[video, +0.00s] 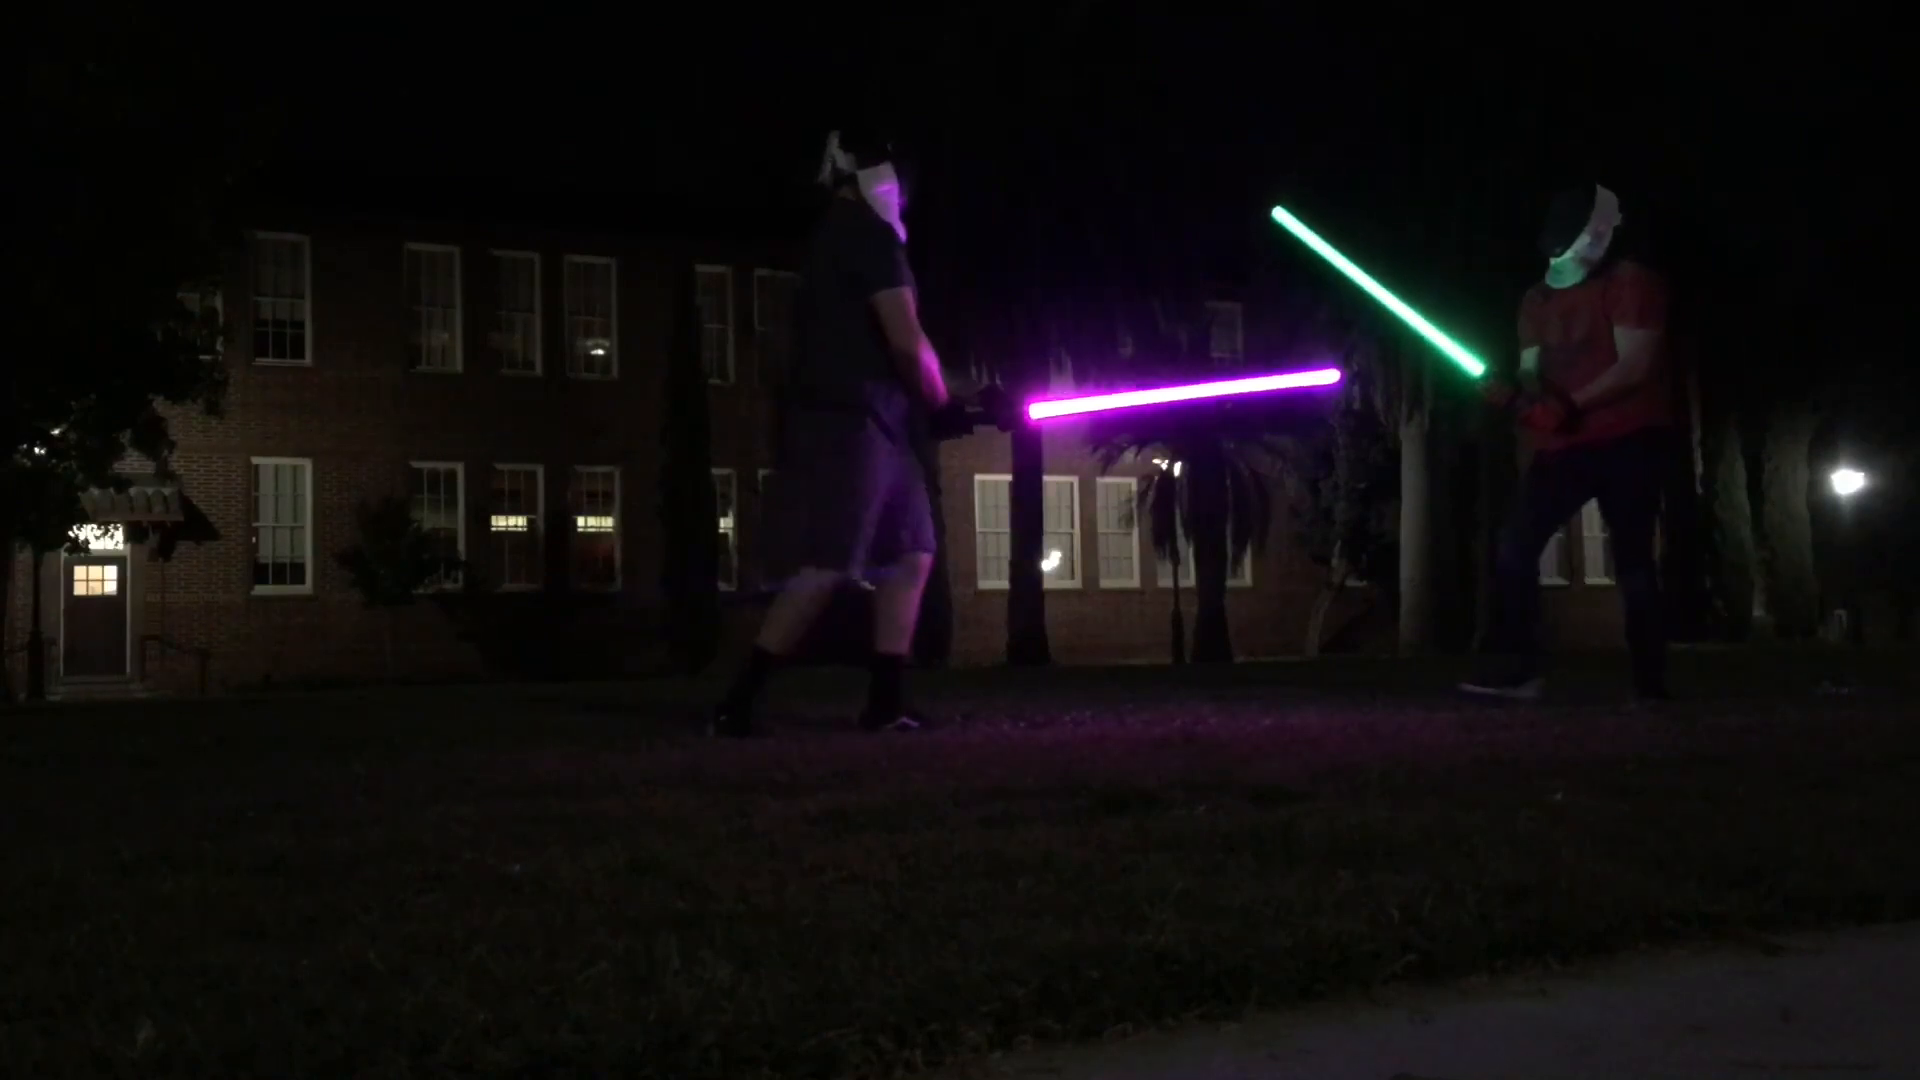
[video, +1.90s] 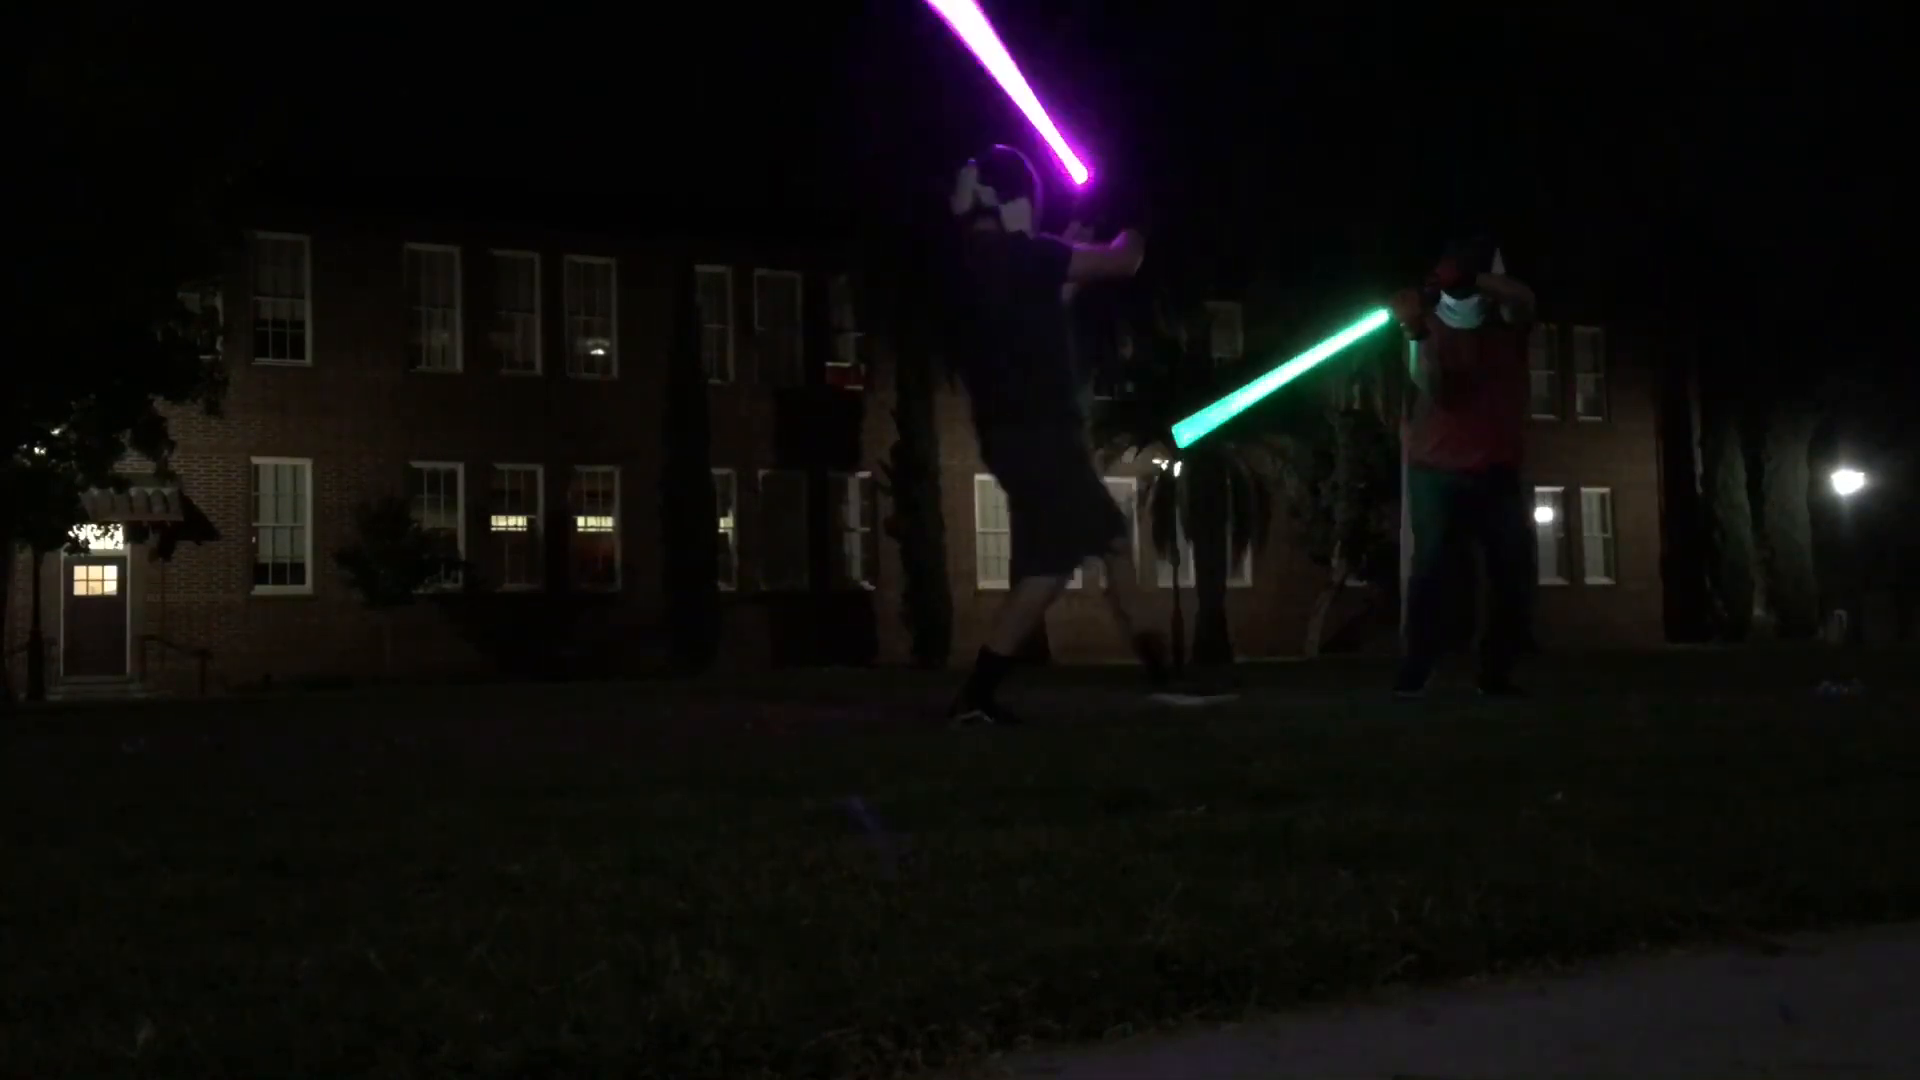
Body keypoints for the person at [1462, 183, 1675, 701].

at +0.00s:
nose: (1559, 256)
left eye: (1571, 244)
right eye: (1554, 246)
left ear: (1598, 237)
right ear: (1551, 242)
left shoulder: (1628, 285)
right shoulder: (1538, 302)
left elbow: (1635, 365)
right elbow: (1534, 382)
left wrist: (1571, 404)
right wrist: (1508, 392)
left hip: (1629, 447)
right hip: (1563, 451)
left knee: (1634, 568)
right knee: (1515, 548)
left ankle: (1649, 683)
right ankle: (1514, 670)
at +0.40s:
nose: (1498, 260)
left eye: (1510, 247)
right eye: (1493, 250)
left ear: (1534, 245)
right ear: (1488, 249)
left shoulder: (1564, 295)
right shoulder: (1470, 311)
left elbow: (1560, 375)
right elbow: (1461, 388)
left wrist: (1492, 402)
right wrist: (1439, 390)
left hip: (1565, 456)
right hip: (1496, 463)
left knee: (1598, 571)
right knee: (1472, 571)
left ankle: (1645, 680)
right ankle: (1452, 682)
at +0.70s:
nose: (1494, 277)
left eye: (1504, 265)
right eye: (1487, 268)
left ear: (1529, 253)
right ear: (1477, 259)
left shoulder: (1556, 295)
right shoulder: (1465, 308)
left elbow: (1536, 351)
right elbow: (1425, 344)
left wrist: (1465, 346)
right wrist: (1415, 312)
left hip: (1562, 458)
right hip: (1492, 465)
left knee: (1597, 573)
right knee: (1469, 572)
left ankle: (1635, 680)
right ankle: (1451, 681)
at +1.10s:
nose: (1447, 243)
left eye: (1459, 229)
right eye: (1437, 231)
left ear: (1481, 236)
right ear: (1424, 240)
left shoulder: (1503, 287)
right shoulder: (1418, 295)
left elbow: (1488, 322)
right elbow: (1374, 314)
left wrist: (1422, 313)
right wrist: (1378, 274)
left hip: (1503, 456)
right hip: (1438, 460)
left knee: (1551, 568)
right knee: (1431, 574)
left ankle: (1607, 677)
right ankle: (1422, 688)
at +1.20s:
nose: (1431, 260)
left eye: (1443, 248)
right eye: (1424, 249)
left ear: (1466, 246)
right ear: (1416, 250)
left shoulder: (1492, 291)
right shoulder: (1407, 297)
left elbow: (1477, 326)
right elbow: (1371, 323)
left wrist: (1411, 331)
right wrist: (1356, 285)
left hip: (1493, 457)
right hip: (1428, 463)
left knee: (1515, 561)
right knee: (1427, 569)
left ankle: (1539, 665)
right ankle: (1423, 678)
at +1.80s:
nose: (1473, 324)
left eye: (1483, 315)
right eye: (1465, 315)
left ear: (1500, 307)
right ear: (1451, 303)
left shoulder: (1511, 334)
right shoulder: (1430, 331)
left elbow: (1524, 304)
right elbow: (1423, 386)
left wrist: (1473, 282)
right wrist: (1414, 331)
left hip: (1494, 468)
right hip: (1435, 468)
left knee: (1511, 569)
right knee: (1434, 563)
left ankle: (1497, 675)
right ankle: (1412, 674)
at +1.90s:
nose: (1464, 305)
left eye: (1472, 297)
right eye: (1454, 295)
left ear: (1488, 293)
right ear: (1440, 291)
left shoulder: (1508, 327)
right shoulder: (1427, 327)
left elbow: (1525, 300)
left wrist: (1488, 285)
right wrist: (1414, 326)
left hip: (1496, 465)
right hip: (1436, 467)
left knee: (1509, 569)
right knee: (1433, 566)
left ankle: (1498, 672)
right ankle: (1416, 669)